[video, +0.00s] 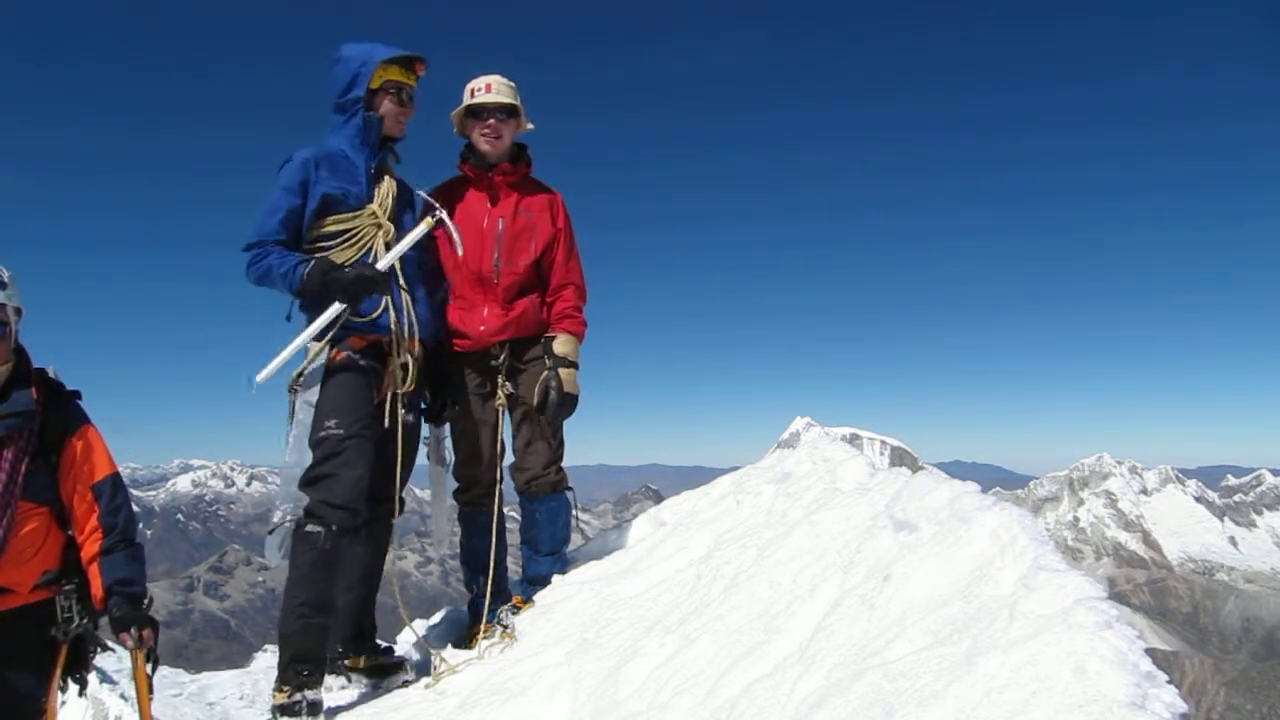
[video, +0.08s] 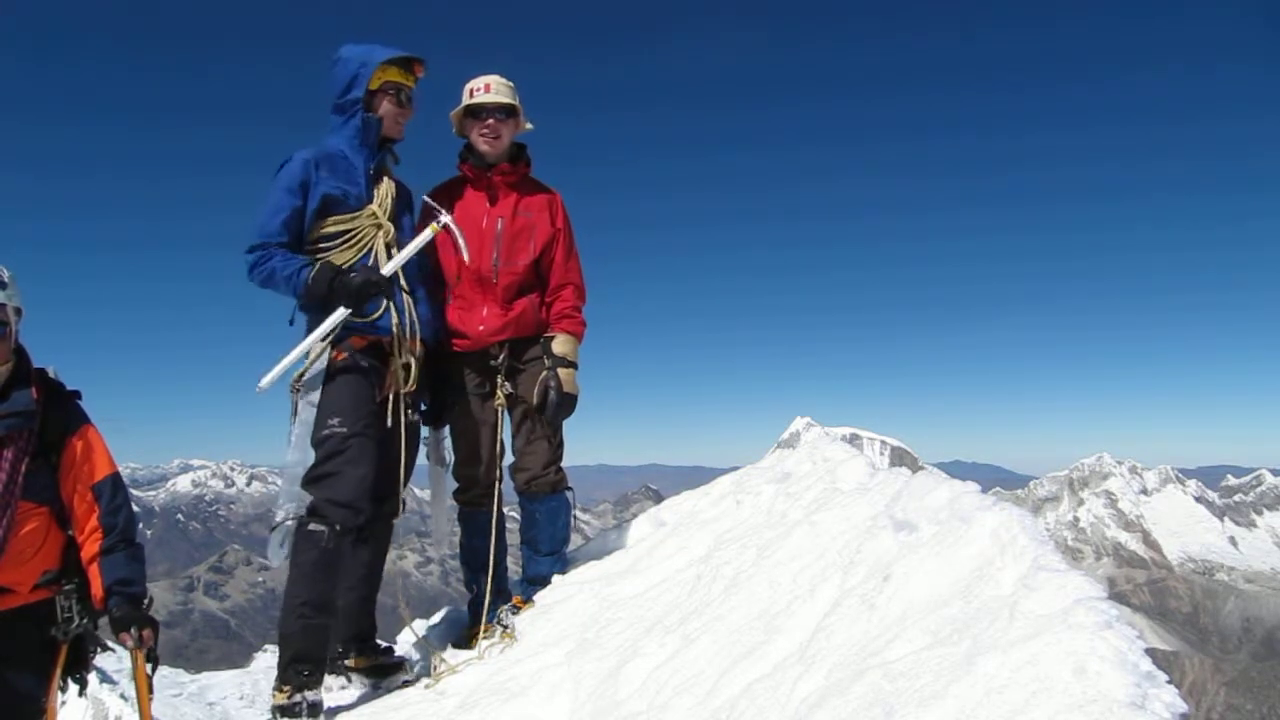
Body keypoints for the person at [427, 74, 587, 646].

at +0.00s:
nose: (492, 125)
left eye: (502, 115)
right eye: (481, 116)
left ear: (519, 125)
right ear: (464, 127)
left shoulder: (545, 202)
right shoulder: (438, 203)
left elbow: (566, 287)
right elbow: (422, 287)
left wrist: (565, 357)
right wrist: (426, 364)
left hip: (530, 351)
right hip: (462, 357)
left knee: (538, 472)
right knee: (476, 480)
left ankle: (541, 589)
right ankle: (486, 604)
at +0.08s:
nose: (490, 125)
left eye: (501, 116)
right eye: (479, 116)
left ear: (518, 126)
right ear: (463, 127)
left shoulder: (544, 202)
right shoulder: (439, 203)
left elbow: (566, 287)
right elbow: (423, 288)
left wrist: (564, 357)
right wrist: (425, 365)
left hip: (530, 350)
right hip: (463, 357)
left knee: (537, 471)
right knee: (476, 479)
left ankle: (541, 587)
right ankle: (485, 604)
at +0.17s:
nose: (489, 125)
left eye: (500, 116)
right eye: (478, 116)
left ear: (517, 126)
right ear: (462, 127)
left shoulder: (544, 202)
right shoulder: (439, 203)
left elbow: (566, 286)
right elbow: (424, 289)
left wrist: (562, 355)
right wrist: (426, 365)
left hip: (529, 350)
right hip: (462, 356)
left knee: (537, 469)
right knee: (476, 478)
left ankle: (541, 588)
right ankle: (484, 603)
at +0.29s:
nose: (487, 125)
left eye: (498, 116)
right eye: (476, 117)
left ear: (515, 126)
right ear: (461, 127)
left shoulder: (542, 202)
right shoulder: (438, 203)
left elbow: (564, 287)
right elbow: (423, 290)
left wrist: (562, 357)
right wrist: (426, 368)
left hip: (528, 350)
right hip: (461, 356)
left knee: (537, 464)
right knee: (475, 476)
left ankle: (541, 586)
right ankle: (485, 602)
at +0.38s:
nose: (486, 126)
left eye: (497, 117)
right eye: (475, 117)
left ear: (514, 126)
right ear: (460, 128)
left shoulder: (541, 202)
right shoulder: (438, 203)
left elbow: (563, 286)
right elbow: (422, 288)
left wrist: (561, 356)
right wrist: (424, 367)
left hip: (527, 349)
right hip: (461, 355)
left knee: (537, 457)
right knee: (475, 474)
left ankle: (541, 585)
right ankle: (484, 601)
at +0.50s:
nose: (485, 126)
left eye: (495, 117)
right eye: (474, 117)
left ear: (512, 126)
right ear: (458, 127)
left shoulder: (540, 202)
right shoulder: (437, 203)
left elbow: (563, 285)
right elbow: (419, 288)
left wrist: (560, 355)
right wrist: (423, 366)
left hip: (527, 348)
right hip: (459, 354)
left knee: (537, 456)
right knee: (475, 473)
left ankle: (541, 586)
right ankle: (484, 602)